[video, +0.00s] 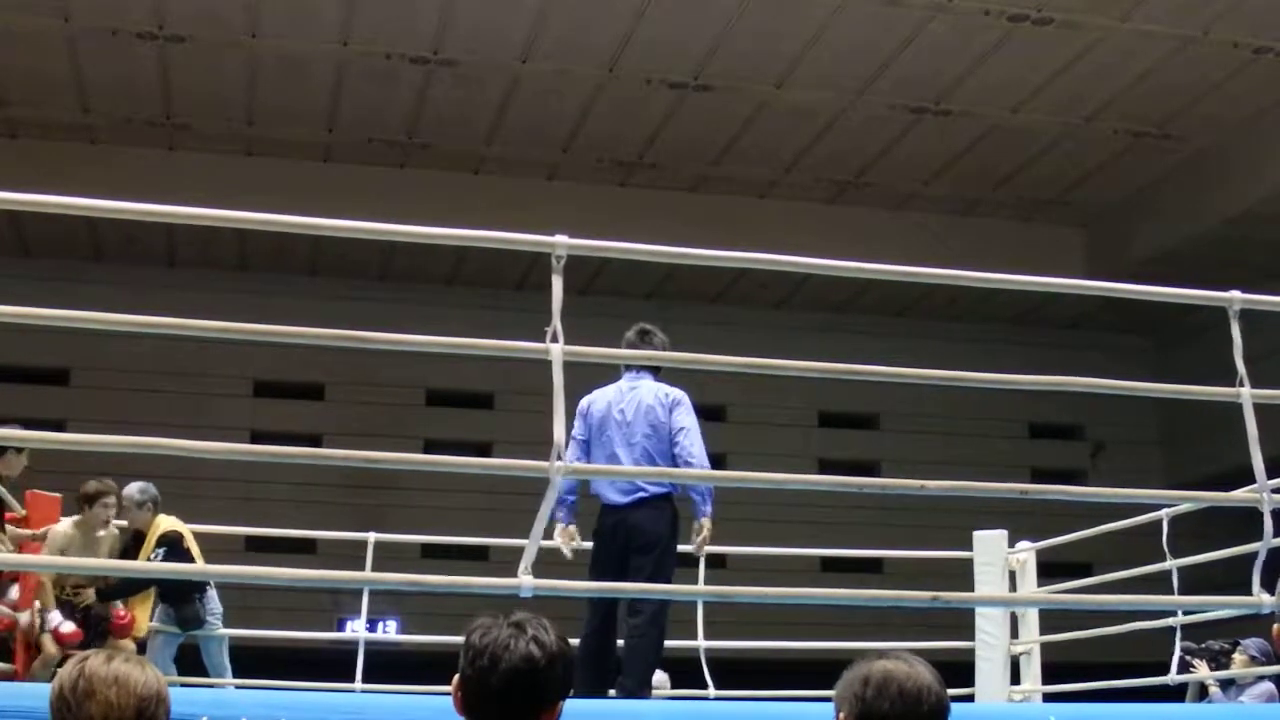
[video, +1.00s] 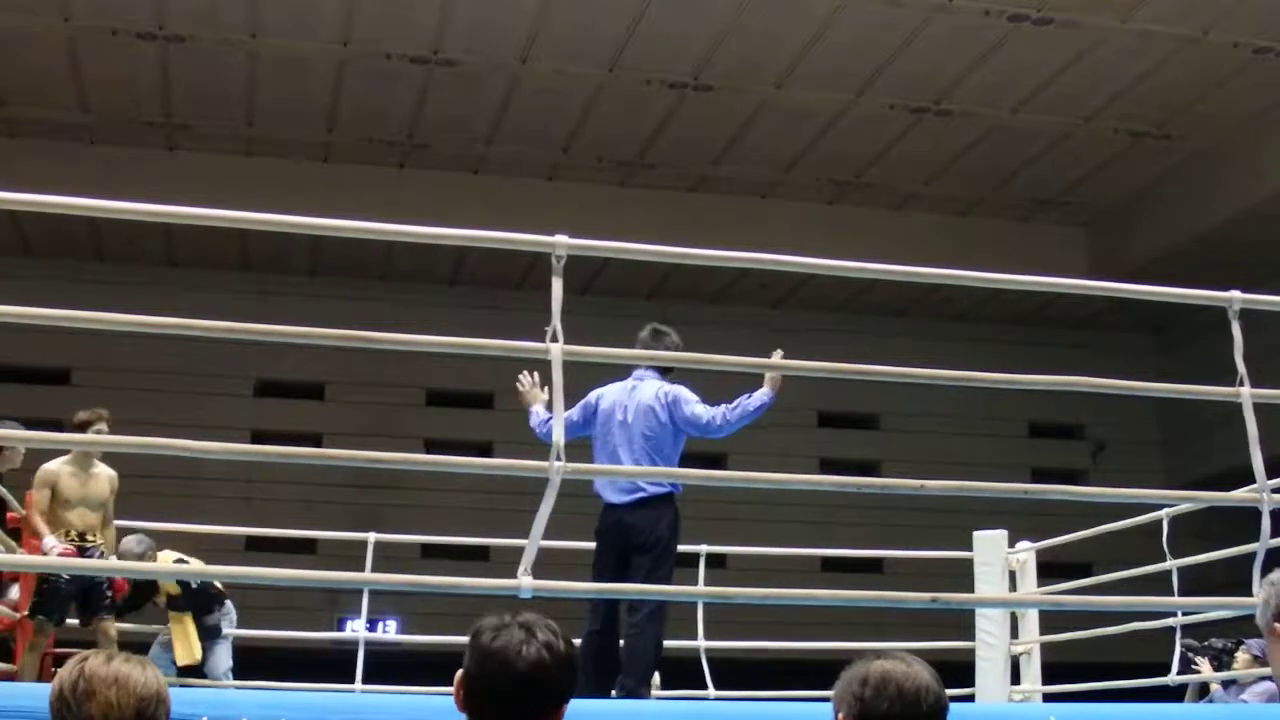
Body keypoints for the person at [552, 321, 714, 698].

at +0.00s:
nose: (659, 364)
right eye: (661, 358)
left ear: (623, 357)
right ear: (660, 360)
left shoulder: (591, 402)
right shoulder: (674, 400)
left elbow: (573, 462)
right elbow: (691, 457)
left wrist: (565, 517)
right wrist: (704, 511)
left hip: (610, 519)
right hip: (655, 518)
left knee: (599, 608)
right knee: (647, 609)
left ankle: (587, 698)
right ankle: (633, 699)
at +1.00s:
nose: (675, 364)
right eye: (674, 359)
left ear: (636, 356)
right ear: (671, 360)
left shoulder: (603, 397)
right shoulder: (673, 397)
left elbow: (554, 430)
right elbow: (716, 422)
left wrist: (535, 406)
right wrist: (768, 392)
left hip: (613, 514)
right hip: (656, 513)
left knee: (602, 605)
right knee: (645, 606)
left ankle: (590, 697)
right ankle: (632, 698)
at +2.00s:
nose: (674, 362)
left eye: (672, 355)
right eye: (673, 356)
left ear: (634, 354)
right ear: (667, 357)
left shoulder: (597, 400)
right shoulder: (668, 396)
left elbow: (565, 456)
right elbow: (713, 426)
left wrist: (556, 516)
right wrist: (770, 401)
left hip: (610, 516)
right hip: (654, 515)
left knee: (600, 608)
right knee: (646, 608)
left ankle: (587, 699)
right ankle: (631, 700)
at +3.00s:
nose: (657, 359)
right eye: (659, 353)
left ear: (622, 358)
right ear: (660, 360)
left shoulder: (602, 403)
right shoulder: (673, 405)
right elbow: (713, 444)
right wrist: (744, 456)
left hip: (615, 524)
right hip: (661, 521)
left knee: (631, 610)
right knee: (694, 600)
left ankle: (635, 700)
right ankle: (664, 677)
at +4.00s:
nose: (539, 318)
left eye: (542, 312)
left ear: (542, 318)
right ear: (588, 323)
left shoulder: (517, 369)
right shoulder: (606, 370)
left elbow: (517, 422)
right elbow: (616, 434)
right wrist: (596, 465)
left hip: (521, 491)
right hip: (578, 494)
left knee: (511, 593)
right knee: (579, 596)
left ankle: (503, 697)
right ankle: (594, 696)